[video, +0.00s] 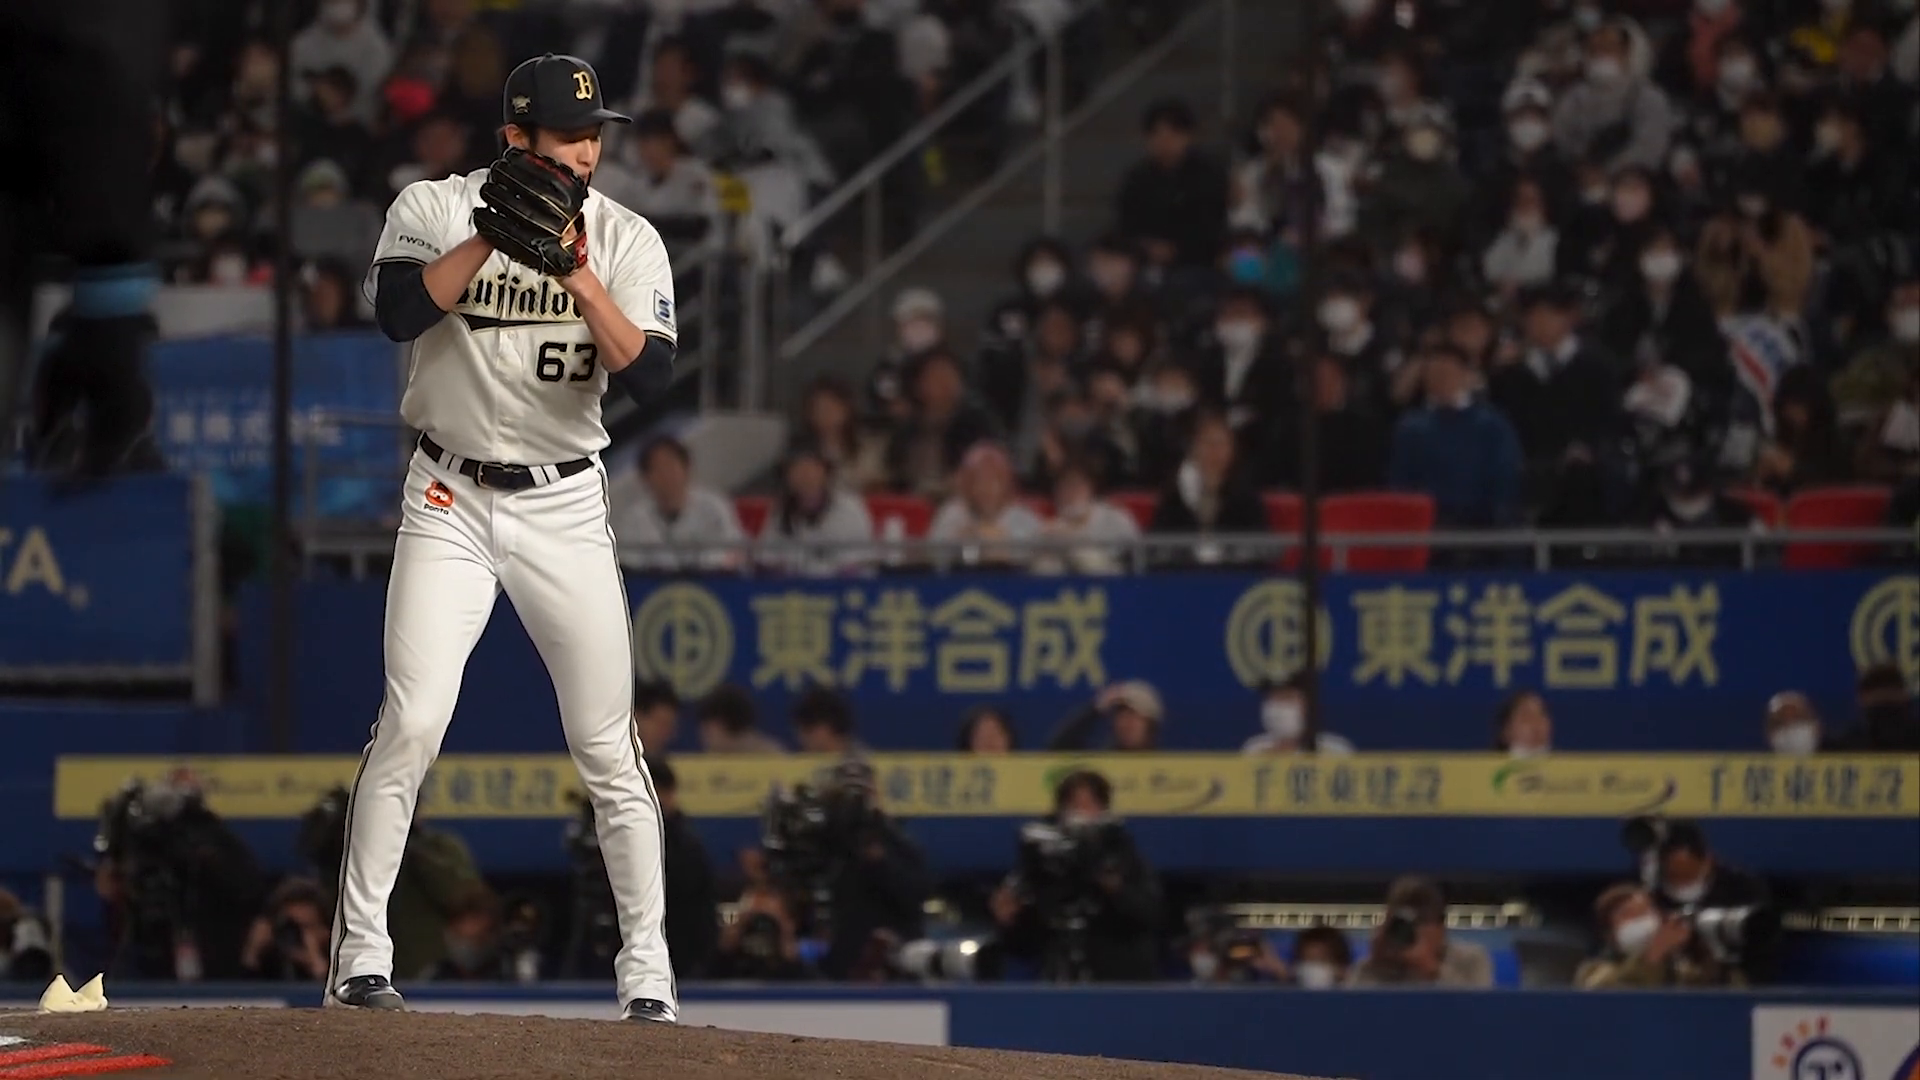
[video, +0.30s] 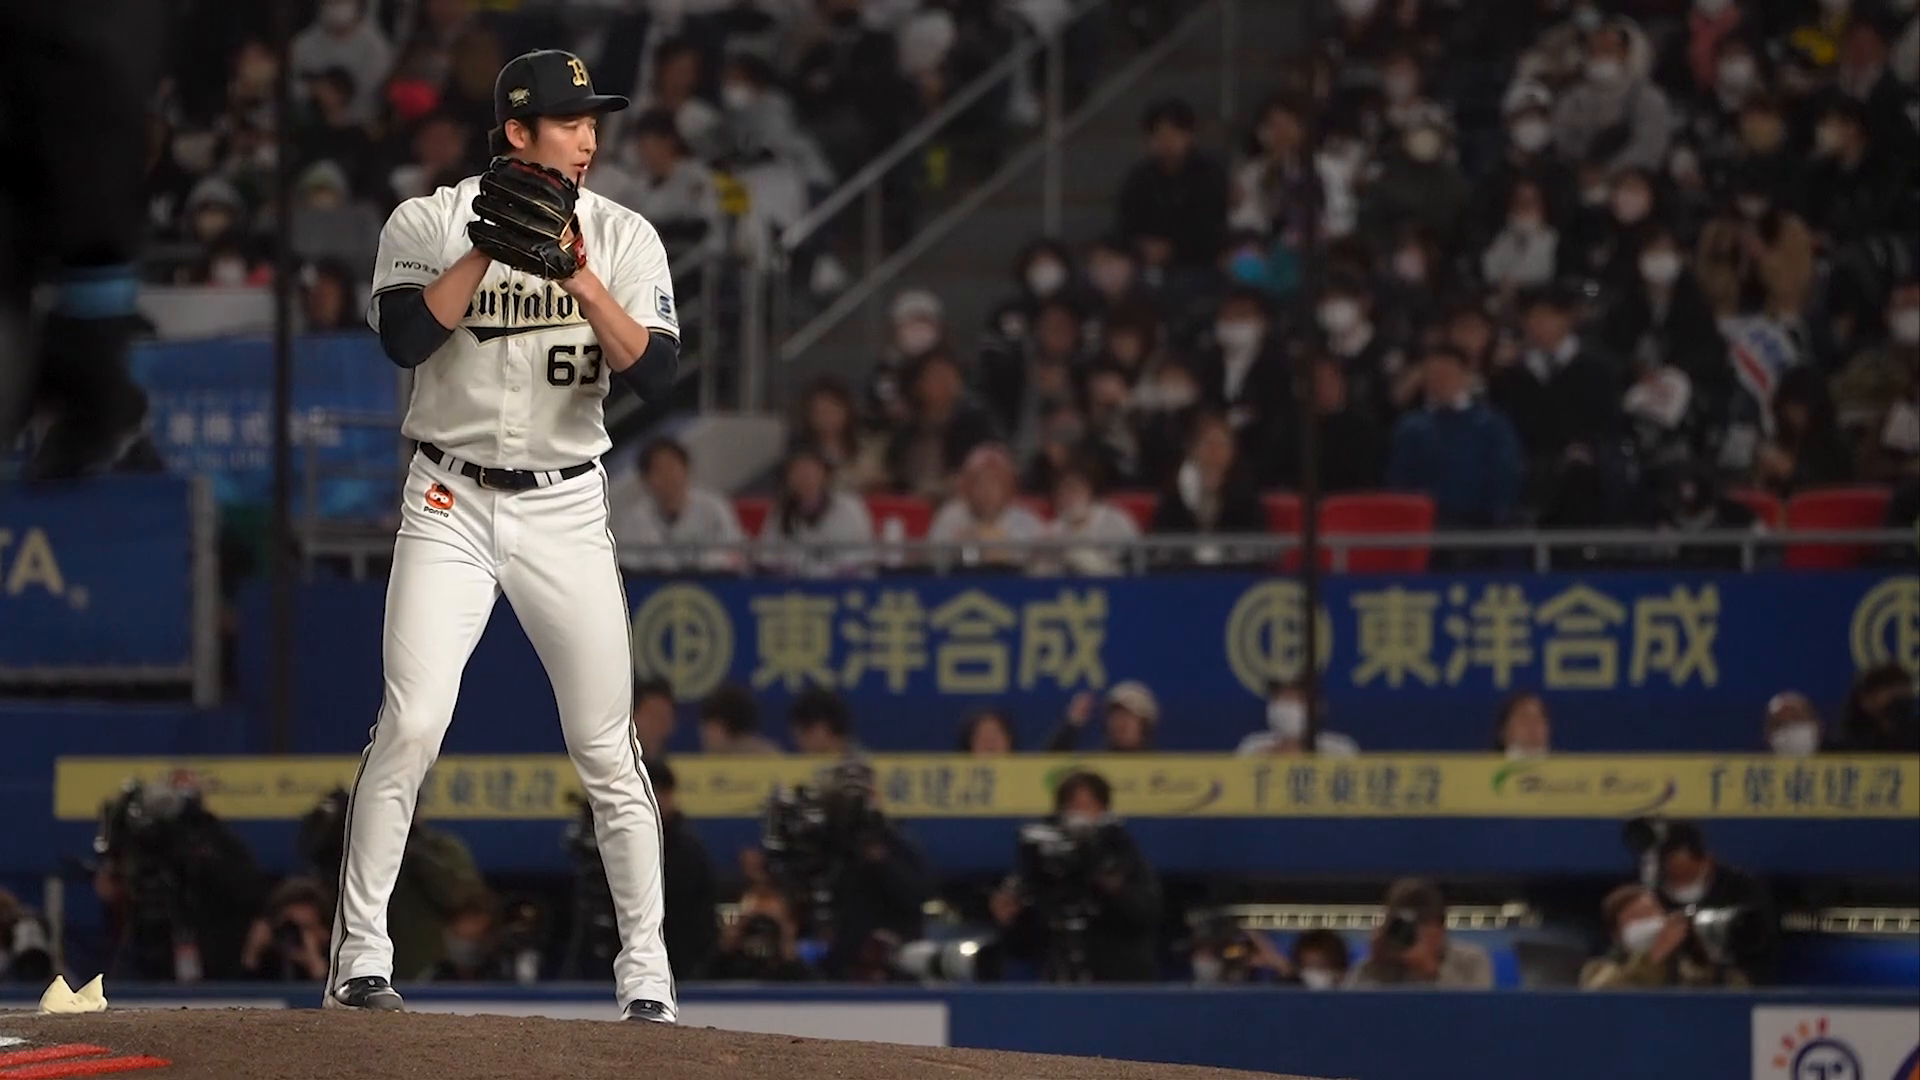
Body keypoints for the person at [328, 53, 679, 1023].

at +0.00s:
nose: (580, 154)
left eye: (591, 137)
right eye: (563, 136)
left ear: (602, 139)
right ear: (514, 131)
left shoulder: (628, 239)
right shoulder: (434, 207)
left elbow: (652, 379)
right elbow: (394, 315)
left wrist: (581, 277)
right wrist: (492, 236)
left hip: (566, 511)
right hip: (448, 500)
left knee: (606, 748)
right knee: (411, 723)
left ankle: (648, 979)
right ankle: (360, 959)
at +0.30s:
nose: (585, 138)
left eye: (591, 121)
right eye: (566, 121)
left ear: (594, 132)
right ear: (514, 129)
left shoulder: (627, 238)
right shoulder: (428, 221)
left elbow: (656, 376)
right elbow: (403, 343)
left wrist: (581, 277)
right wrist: (489, 248)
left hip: (567, 513)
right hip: (447, 503)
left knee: (605, 750)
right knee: (411, 723)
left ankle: (646, 976)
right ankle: (360, 960)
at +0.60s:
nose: (591, 131)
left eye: (593, 115)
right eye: (572, 115)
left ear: (590, 130)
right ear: (519, 126)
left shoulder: (626, 235)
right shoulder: (431, 220)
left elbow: (663, 372)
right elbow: (409, 342)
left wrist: (591, 276)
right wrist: (495, 246)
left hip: (568, 511)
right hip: (448, 502)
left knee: (605, 750)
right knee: (412, 724)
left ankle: (646, 978)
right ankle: (361, 960)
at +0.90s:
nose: (592, 133)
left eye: (594, 118)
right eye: (574, 117)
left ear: (589, 132)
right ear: (519, 126)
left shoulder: (624, 236)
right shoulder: (428, 220)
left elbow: (659, 373)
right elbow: (408, 343)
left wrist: (588, 276)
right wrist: (492, 247)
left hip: (567, 512)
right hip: (449, 503)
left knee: (605, 749)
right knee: (414, 724)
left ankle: (647, 976)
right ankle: (359, 958)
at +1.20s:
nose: (600, 183)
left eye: (600, 168)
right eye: (582, 168)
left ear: (584, 181)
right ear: (526, 180)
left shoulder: (627, 285)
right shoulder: (430, 268)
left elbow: (683, 434)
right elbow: (386, 409)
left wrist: (635, 430)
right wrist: (481, 382)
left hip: (575, 529)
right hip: (458, 529)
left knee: (557, 678)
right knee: (413, 729)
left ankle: (537, 861)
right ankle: (363, 948)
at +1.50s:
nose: (673, 369)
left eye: (673, 353)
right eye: (654, 354)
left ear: (660, 366)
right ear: (594, 367)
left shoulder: (709, 449)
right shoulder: (505, 466)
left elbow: (858, 511)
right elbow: (392, 569)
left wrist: (1006, 548)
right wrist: (275, 662)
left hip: (692, 673)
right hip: (569, 687)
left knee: (815, 789)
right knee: (500, 792)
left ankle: (973, 962)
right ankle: (382, 947)